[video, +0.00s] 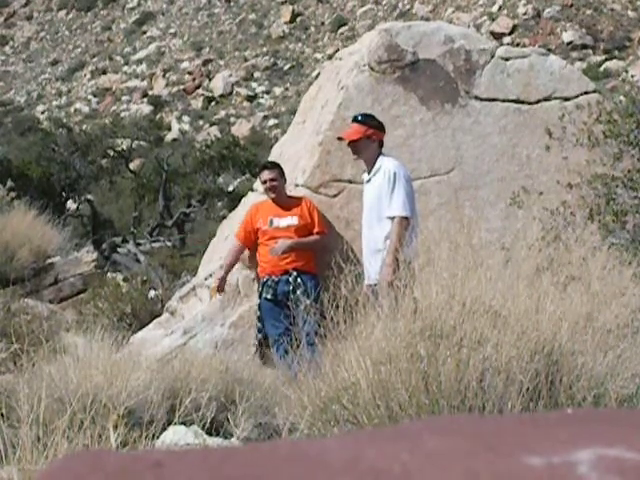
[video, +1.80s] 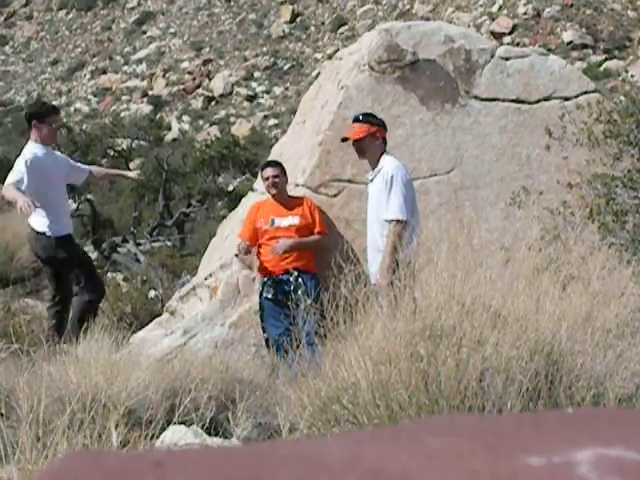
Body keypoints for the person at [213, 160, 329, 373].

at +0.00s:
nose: (270, 185)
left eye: (274, 180)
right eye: (265, 182)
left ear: (284, 180)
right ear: (261, 186)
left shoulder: (304, 205)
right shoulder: (256, 211)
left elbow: (323, 237)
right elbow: (239, 244)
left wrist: (293, 243)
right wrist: (223, 273)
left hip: (303, 277)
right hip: (271, 280)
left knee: (310, 332)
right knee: (279, 338)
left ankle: (315, 379)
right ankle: (290, 382)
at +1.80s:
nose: (272, 181)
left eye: (276, 176)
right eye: (267, 178)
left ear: (285, 178)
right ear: (263, 183)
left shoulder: (306, 205)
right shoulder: (258, 210)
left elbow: (324, 238)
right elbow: (246, 242)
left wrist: (293, 243)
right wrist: (243, 249)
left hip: (304, 278)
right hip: (272, 281)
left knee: (310, 335)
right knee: (278, 338)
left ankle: (315, 381)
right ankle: (288, 384)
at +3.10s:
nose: (272, 181)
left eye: (276, 176)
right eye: (267, 178)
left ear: (285, 178)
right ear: (263, 183)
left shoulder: (306, 205)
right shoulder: (259, 209)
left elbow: (324, 237)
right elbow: (247, 244)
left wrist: (293, 243)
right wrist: (249, 223)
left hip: (303, 275)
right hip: (272, 278)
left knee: (309, 333)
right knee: (279, 337)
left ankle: (314, 380)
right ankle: (290, 382)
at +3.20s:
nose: (272, 181)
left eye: (276, 176)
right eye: (267, 178)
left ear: (285, 178)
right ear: (263, 183)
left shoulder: (306, 205)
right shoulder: (259, 210)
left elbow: (323, 237)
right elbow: (247, 244)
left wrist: (293, 244)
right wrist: (249, 222)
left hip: (303, 276)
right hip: (272, 280)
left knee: (310, 333)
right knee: (279, 338)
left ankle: (315, 380)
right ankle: (290, 383)